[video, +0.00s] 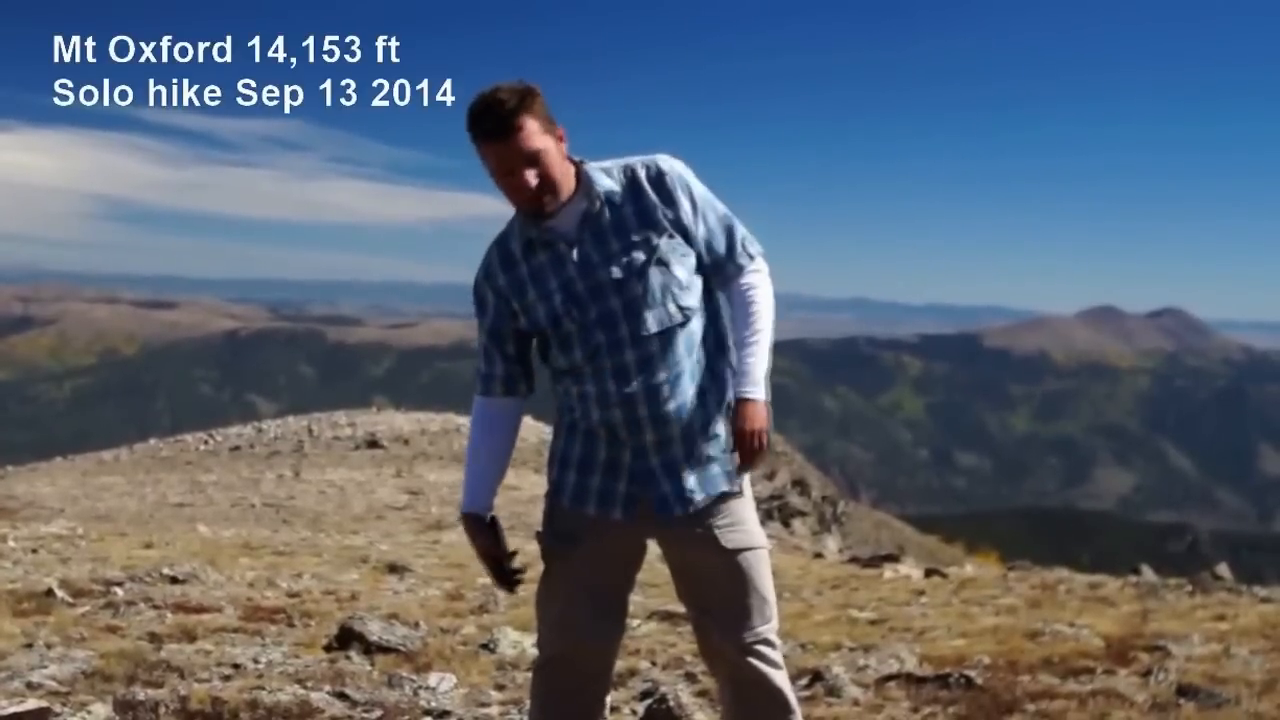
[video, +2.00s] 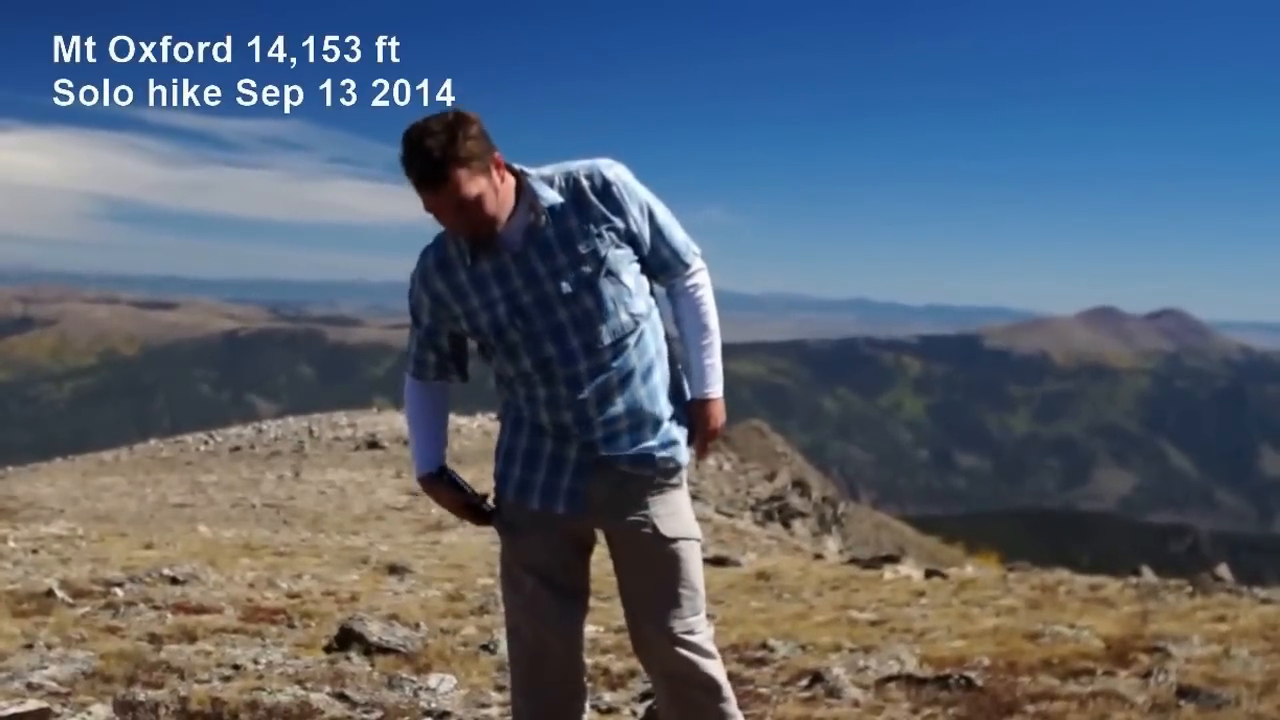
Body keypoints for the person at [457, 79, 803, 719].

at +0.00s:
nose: (524, 182)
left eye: (531, 160)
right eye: (505, 173)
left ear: (561, 140)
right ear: (488, 175)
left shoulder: (658, 185)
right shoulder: (504, 270)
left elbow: (745, 270)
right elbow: (498, 395)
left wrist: (751, 392)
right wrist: (476, 507)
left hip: (701, 459)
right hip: (592, 475)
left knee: (749, 658)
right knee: (567, 672)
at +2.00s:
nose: (461, 227)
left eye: (468, 207)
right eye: (444, 216)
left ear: (499, 170)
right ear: (425, 202)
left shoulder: (600, 192)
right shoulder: (439, 275)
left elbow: (687, 273)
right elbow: (427, 376)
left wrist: (706, 391)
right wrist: (431, 471)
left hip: (643, 447)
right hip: (536, 463)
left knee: (676, 646)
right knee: (542, 663)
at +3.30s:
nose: (511, 167)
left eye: (520, 148)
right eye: (493, 155)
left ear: (542, 132)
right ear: (466, 152)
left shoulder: (622, 189)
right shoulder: (450, 251)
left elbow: (691, 290)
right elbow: (447, 360)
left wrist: (709, 411)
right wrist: (460, 461)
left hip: (649, 448)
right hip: (539, 462)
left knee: (698, 641)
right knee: (541, 656)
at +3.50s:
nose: (581, 170)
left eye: (589, 153)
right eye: (563, 158)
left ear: (608, 133)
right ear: (533, 151)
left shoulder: (679, 199)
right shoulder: (500, 241)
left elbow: (732, 304)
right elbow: (469, 353)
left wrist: (744, 423)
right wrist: (435, 455)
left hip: (681, 461)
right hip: (570, 470)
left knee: (733, 656)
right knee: (556, 666)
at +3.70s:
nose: (670, 177)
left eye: (678, 160)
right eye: (653, 164)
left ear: (691, 141)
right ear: (615, 151)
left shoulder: (747, 207)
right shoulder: (568, 238)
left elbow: (790, 316)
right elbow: (526, 343)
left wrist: (797, 434)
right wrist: (468, 432)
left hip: (737, 469)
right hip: (624, 474)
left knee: (763, 664)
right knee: (582, 661)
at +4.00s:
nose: (750, 187)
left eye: (758, 171)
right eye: (735, 173)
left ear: (769, 155)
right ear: (696, 158)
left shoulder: (816, 223)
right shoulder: (641, 238)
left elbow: (856, 339)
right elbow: (598, 349)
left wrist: (877, 449)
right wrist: (553, 446)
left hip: (788, 481)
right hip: (676, 482)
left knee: (791, 671)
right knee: (631, 660)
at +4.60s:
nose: (695, 168)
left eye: (707, 153)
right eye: (681, 150)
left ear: (720, 148)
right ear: (644, 140)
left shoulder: (747, 233)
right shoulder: (571, 230)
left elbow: (769, 355)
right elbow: (519, 332)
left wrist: (790, 455)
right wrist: (493, 405)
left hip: (707, 486)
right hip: (593, 485)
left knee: (745, 670)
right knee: (564, 663)